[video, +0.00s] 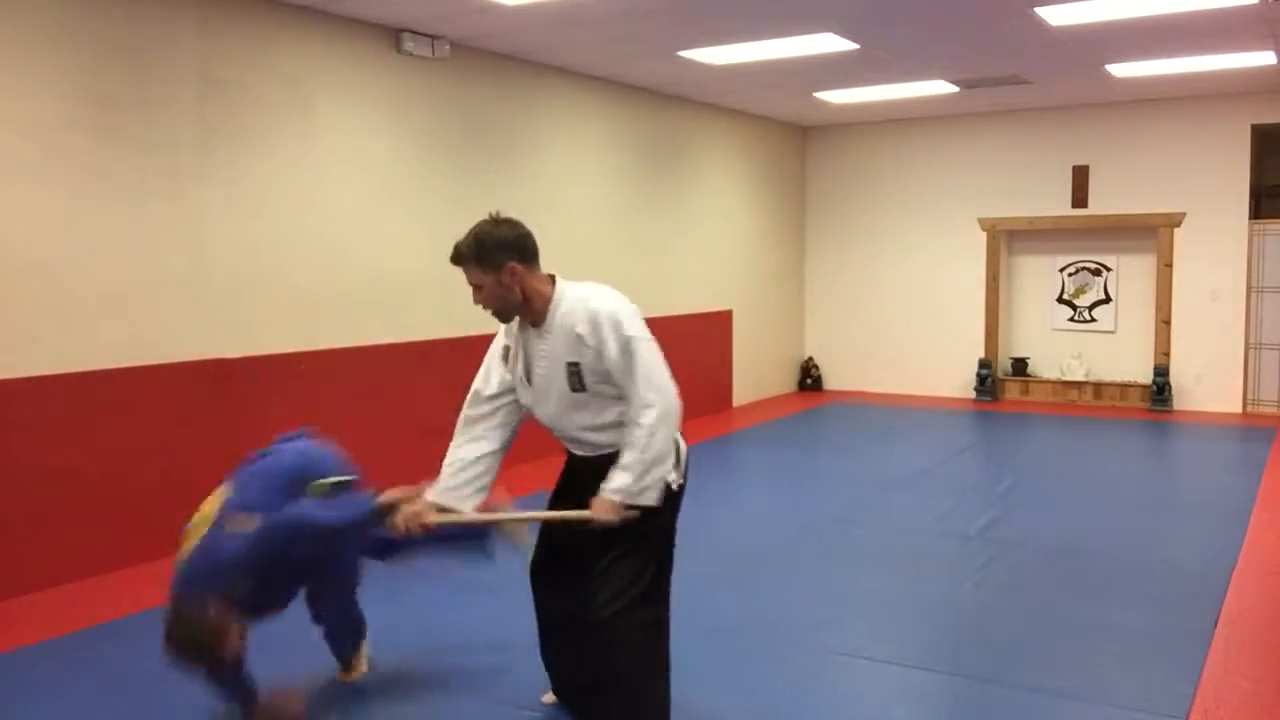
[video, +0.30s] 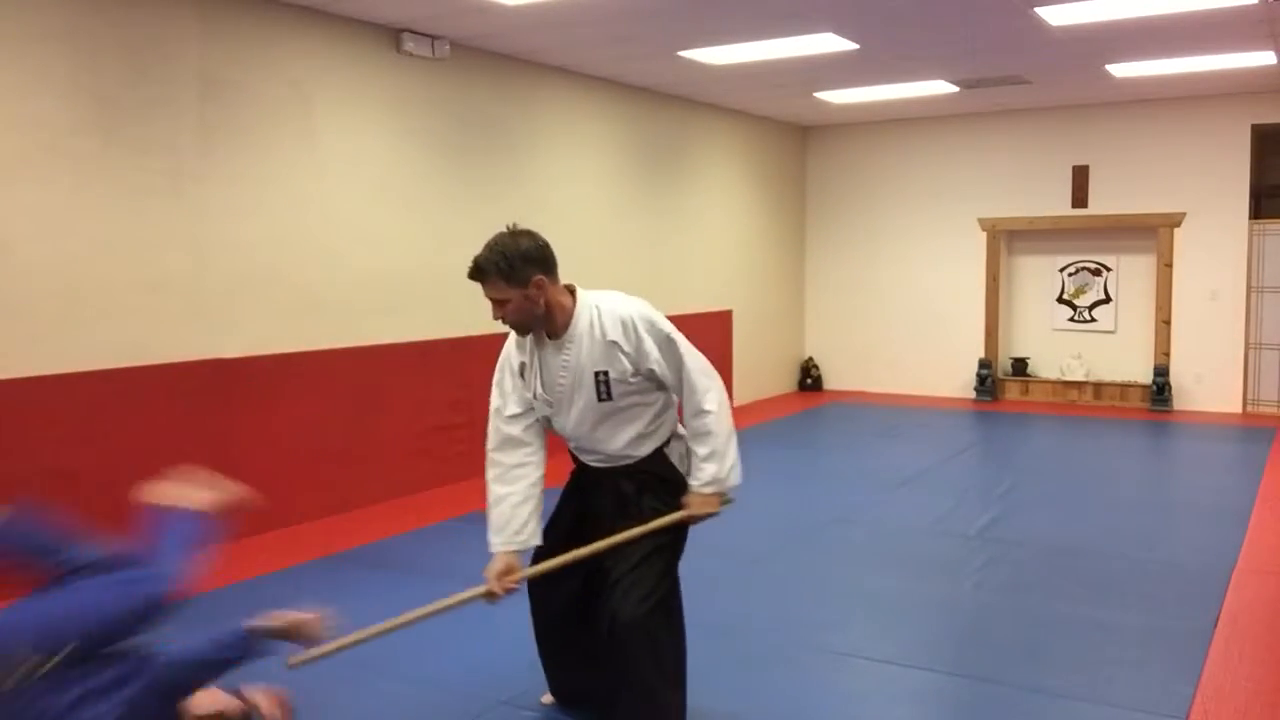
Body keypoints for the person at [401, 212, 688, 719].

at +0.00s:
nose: (476, 300)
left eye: (479, 287)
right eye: (471, 289)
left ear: (513, 277)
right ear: (511, 277)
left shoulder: (603, 314)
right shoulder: (511, 342)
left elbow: (659, 405)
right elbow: (482, 427)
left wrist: (619, 490)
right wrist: (439, 500)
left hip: (643, 468)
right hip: (584, 466)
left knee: (621, 602)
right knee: (551, 578)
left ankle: (633, 708)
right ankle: (577, 688)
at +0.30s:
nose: (496, 315)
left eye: (501, 303)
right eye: (491, 304)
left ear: (538, 289)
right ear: (532, 291)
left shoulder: (626, 322)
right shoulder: (519, 356)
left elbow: (703, 387)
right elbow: (512, 452)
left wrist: (710, 481)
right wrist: (508, 546)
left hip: (650, 478)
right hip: (590, 479)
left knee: (631, 608)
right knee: (550, 580)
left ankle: (651, 710)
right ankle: (580, 690)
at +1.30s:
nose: (538, 244)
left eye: (548, 231)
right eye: (537, 231)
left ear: (590, 232)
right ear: (573, 234)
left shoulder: (651, 301)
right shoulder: (549, 303)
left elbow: (704, 394)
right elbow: (522, 392)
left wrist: (694, 490)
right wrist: (491, 471)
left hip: (643, 469)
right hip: (582, 465)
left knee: (628, 615)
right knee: (568, 598)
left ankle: (643, 712)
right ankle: (578, 703)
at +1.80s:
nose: (548, 195)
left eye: (560, 185)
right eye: (548, 184)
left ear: (600, 191)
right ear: (584, 193)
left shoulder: (633, 270)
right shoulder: (584, 265)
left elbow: (634, 386)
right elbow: (590, 366)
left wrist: (603, 482)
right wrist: (548, 413)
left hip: (625, 446)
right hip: (583, 437)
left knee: (630, 601)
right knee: (584, 595)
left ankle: (638, 707)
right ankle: (585, 700)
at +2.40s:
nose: (520, 201)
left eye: (530, 191)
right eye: (519, 191)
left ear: (567, 196)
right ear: (557, 200)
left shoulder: (587, 261)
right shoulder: (566, 261)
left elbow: (588, 366)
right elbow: (575, 357)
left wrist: (531, 445)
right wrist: (524, 382)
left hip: (590, 440)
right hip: (568, 436)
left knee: (585, 592)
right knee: (564, 590)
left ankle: (594, 709)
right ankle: (571, 707)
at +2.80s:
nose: (493, 200)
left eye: (504, 190)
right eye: (493, 190)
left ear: (540, 196)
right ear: (522, 199)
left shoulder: (555, 259)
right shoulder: (533, 261)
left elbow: (558, 363)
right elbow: (517, 341)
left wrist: (498, 421)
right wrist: (453, 325)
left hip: (561, 430)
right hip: (537, 427)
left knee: (542, 564)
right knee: (540, 563)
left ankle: (537, 699)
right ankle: (551, 694)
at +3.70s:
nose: (469, 213)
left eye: (478, 203)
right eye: (465, 204)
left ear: (512, 206)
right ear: (469, 211)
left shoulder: (549, 270)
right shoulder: (484, 267)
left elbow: (564, 363)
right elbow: (476, 327)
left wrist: (537, 435)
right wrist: (456, 356)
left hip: (541, 415)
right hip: (495, 407)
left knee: (525, 544)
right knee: (486, 534)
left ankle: (518, 682)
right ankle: (495, 651)